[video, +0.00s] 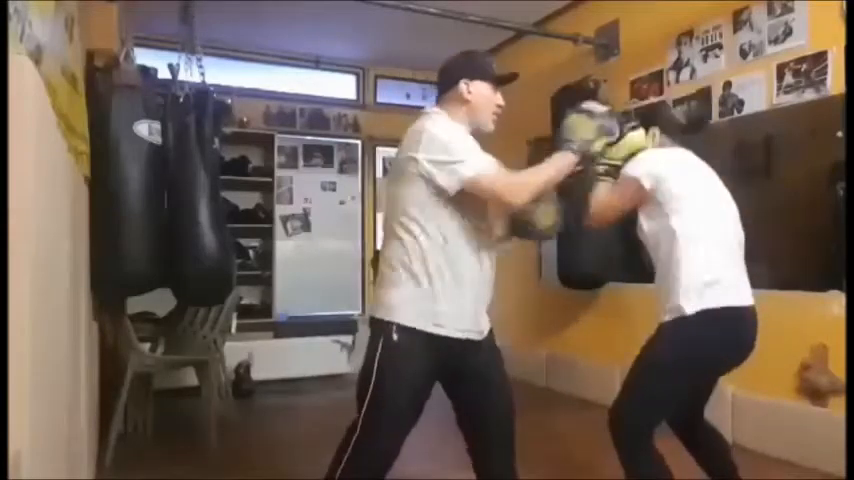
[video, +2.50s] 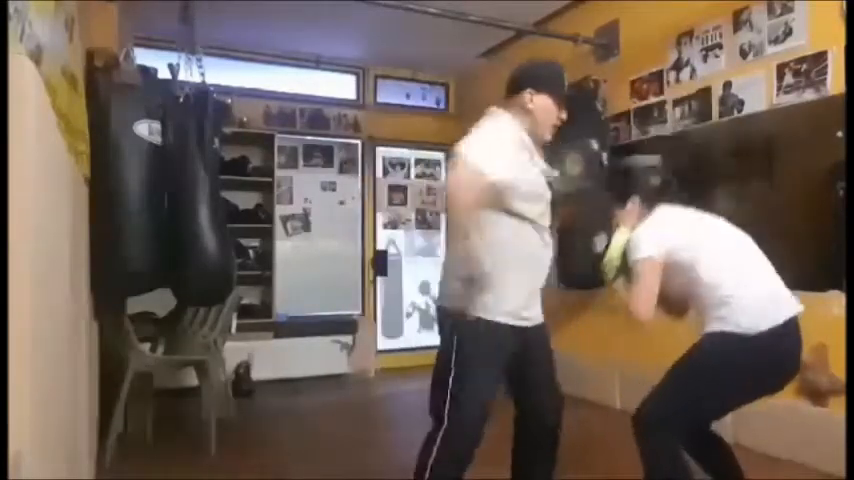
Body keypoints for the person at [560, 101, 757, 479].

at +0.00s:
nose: (619, 151)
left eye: (623, 142)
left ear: (641, 137)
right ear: (667, 136)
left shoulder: (650, 162)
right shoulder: (699, 169)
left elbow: (599, 214)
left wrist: (602, 169)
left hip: (695, 324)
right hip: (737, 322)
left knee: (627, 422)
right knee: (684, 415)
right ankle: (729, 473)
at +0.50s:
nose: (620, 146)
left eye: (622, 136)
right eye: (617, 138)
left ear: (637, 132)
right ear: (656, 124)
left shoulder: (672, 148)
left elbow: (591, 196)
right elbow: (650, 255)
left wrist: (601, 150)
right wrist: (630, 195)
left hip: (708, 319)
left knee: (648, 415)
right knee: (693, 413)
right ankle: (734, 474)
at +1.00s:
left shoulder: (708, 152)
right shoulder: (653, 175)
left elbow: (719, 117)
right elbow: (627, 221)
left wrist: (668, 111)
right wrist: (602, 188)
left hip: (707, 302)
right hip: (677, 307)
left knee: (652, 414)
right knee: (694, 414)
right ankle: (737, 473)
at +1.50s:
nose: (635, 139)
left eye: (642, 128)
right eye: (632, 130)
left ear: (676, 121)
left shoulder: (717, 167)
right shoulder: (652, 169)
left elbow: (692, 255)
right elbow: (598, 215)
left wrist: (660, 200)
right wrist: (580, 162)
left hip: (726, 312)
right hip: (679, 316)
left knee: (663, 416)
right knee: (688, 421)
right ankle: (731, 471)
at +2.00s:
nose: (615, 198)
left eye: (617, 187)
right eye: (612, 188)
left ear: (639, 180)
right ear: (645, 181)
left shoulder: (659, 214)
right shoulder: (684, 202)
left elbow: (671, 294)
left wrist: (633, 264)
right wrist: (638, 256)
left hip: (724, 347)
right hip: (754, 345)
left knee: (629, 420)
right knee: (665, 427)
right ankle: (720, 473)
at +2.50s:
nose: (616, 220)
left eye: (617, 210)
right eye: (613, 212)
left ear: (633, 204)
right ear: (656, 197)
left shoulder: (649, 231)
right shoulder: (688, 219)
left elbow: (642, 311)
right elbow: (678, 307)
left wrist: (617, 276)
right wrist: (632, 268)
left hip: (737, 345)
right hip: (783, 342)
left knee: (652, 422)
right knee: (689, 424)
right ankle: (731, 473)